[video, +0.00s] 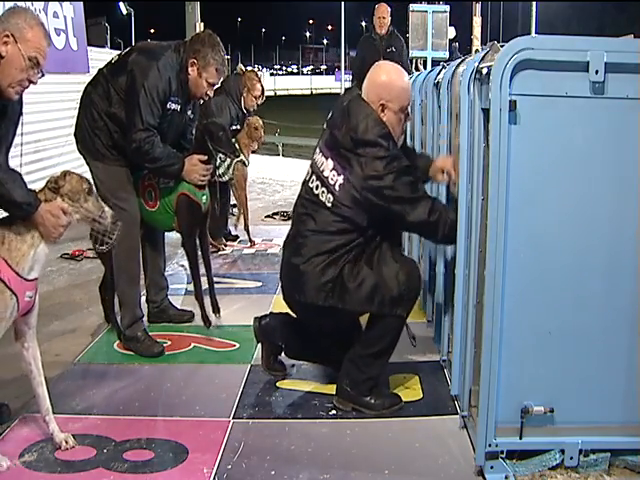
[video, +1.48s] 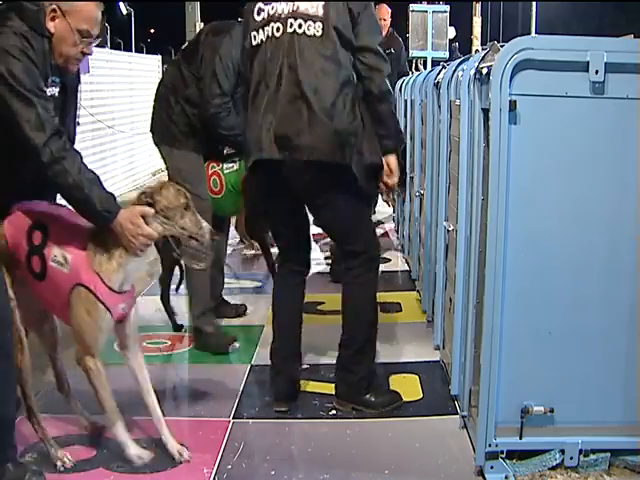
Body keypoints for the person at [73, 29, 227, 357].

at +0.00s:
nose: (211, 93)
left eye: (216, 86)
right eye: (209, 84)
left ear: (196, 65)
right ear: (191, 67)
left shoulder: (192, 79)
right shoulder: (152, 70)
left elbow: (183, 134)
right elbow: (139, 140)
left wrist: (192, 162)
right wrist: (181, 165)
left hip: (139, 137)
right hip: (103, 134)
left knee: (152, 216)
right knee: (127, 218)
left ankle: (158, 303)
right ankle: (131, 324)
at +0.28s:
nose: (210, 92)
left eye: (215, 86)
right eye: (209, 83)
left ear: (196, 65)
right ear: (191, 66)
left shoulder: (191, 81)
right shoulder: (151, 70)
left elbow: (181, 134)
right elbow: (137, 139)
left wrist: (193, 159)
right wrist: (178, 163)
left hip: (140, 139)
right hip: (104, 135)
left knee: (152, 216)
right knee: (125, 220)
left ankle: (158, 303)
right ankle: (130, 324)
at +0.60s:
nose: (211, 71)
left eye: (216, 65)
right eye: (209, 63)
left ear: (199, 48)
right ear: (190, 47)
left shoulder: (192, 66)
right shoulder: (149, 58)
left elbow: (188, 121)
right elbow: (140, 129)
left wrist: (194, 147)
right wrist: (182, 151)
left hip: (153, 141)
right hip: (113, 139)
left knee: (169, 213)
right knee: (136, 216)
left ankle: (164, 297)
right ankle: (131, 322)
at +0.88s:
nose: (231, 70)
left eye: (235, 63)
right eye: (228, 61)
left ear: (218, 46)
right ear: (209, 45)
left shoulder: (208, 68)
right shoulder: (169, 55)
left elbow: (206, 121)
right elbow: (159, 124)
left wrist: (214, 147)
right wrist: (198, 149)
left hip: (172, 144)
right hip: (133, 142)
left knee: (188, 218)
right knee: (149, 221)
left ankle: (210, 300)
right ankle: (132, 324)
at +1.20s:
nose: (257, 68)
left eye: (262, 62)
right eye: (256, 60)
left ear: (246, 46)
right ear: (240, 44)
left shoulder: (241, 65)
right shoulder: (202, 51)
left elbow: (242, 116)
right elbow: (189, 114)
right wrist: (225, 146)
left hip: (199, 143)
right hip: (157, 137)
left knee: (208, 217)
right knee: (161, 220)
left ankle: (211, 300)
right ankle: (137, 322)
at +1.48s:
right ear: (263, 23)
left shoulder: (259, 47)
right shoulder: (226, 38)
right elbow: (215, 106)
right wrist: (251, 142)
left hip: (208, 134)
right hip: (179, 129)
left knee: (217, 216)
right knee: (199, 220)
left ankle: (213, 300)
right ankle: (202, 322)